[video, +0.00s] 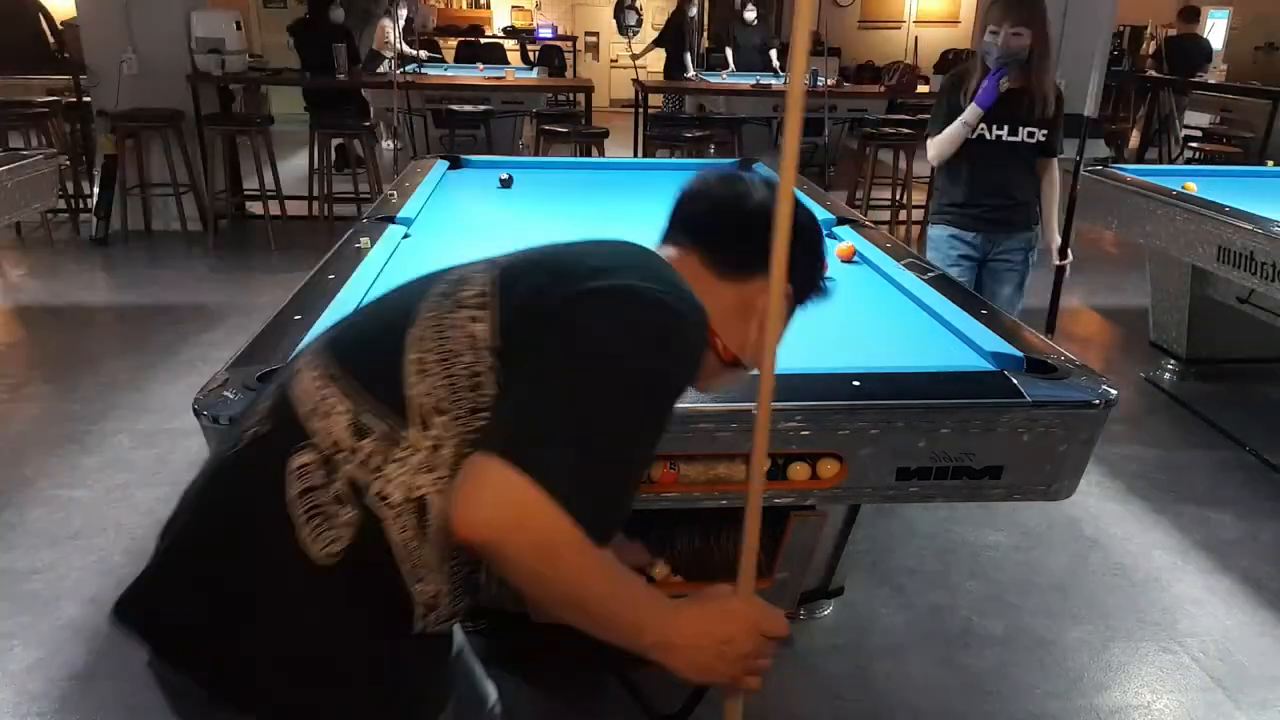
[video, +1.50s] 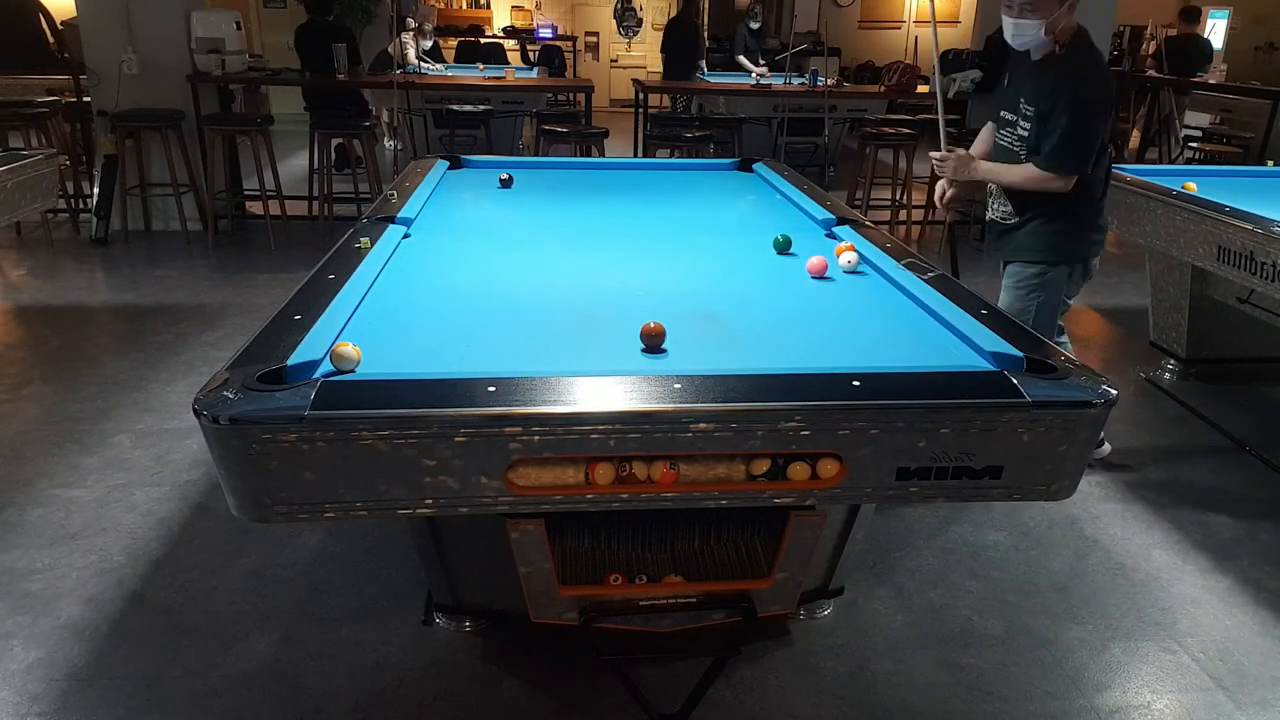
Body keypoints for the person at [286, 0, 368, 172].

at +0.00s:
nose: (342, 11)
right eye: (338, 7)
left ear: (310, 8)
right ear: (330, 8)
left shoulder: (300, 30)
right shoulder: (341, 32)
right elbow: (355, 69)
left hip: (315, 105)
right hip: (347, 106)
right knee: (363, 107)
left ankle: (348, 150)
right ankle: (345, 149)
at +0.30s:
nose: (334, 8)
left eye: (333, 4)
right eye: (331, 4)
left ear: (308, 7)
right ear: (321, 5)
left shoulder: (299, 29)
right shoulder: (332, 29)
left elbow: (303, 66)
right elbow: (352, 63)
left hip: (313, 99)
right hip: (340, 101)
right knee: (364, 109)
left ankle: (346, 150)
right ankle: (345, 149)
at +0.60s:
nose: (336, 9)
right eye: (332, 5)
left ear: (305, 7)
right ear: (324, 6)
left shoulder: (299, 27)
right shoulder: (333, 28)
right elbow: (352, 60)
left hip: (313, 99)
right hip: (339, 101)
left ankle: (347, 150)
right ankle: (345, 149)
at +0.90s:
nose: (340, 11)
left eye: (338, 5)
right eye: (336, 6)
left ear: (310, 8)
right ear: (327, 8)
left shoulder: (301, 30)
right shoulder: (339, 32)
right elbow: (355, 69)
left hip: (314, 102)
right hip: (342, 104)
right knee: (362, 109)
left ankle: (348, 150)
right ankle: (345, 148)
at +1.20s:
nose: (344, 10)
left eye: (343, 6)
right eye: (340, 6)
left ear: (313, 8)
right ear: (332, 7)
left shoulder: (303, 29)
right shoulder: (340, 30)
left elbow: (307, 70)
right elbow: (356, 68)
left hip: (315, 102)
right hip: (343, 103)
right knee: (362, 107)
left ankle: (348, 150)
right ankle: (346, 149)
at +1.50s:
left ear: (307, 9)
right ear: (332, 9)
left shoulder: (301, 32)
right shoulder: (343, 31)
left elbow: (306, 65)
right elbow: (357, 70)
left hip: (314, 101)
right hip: (345, 103)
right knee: (363, 108)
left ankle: (350, 151)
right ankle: (345, 149)